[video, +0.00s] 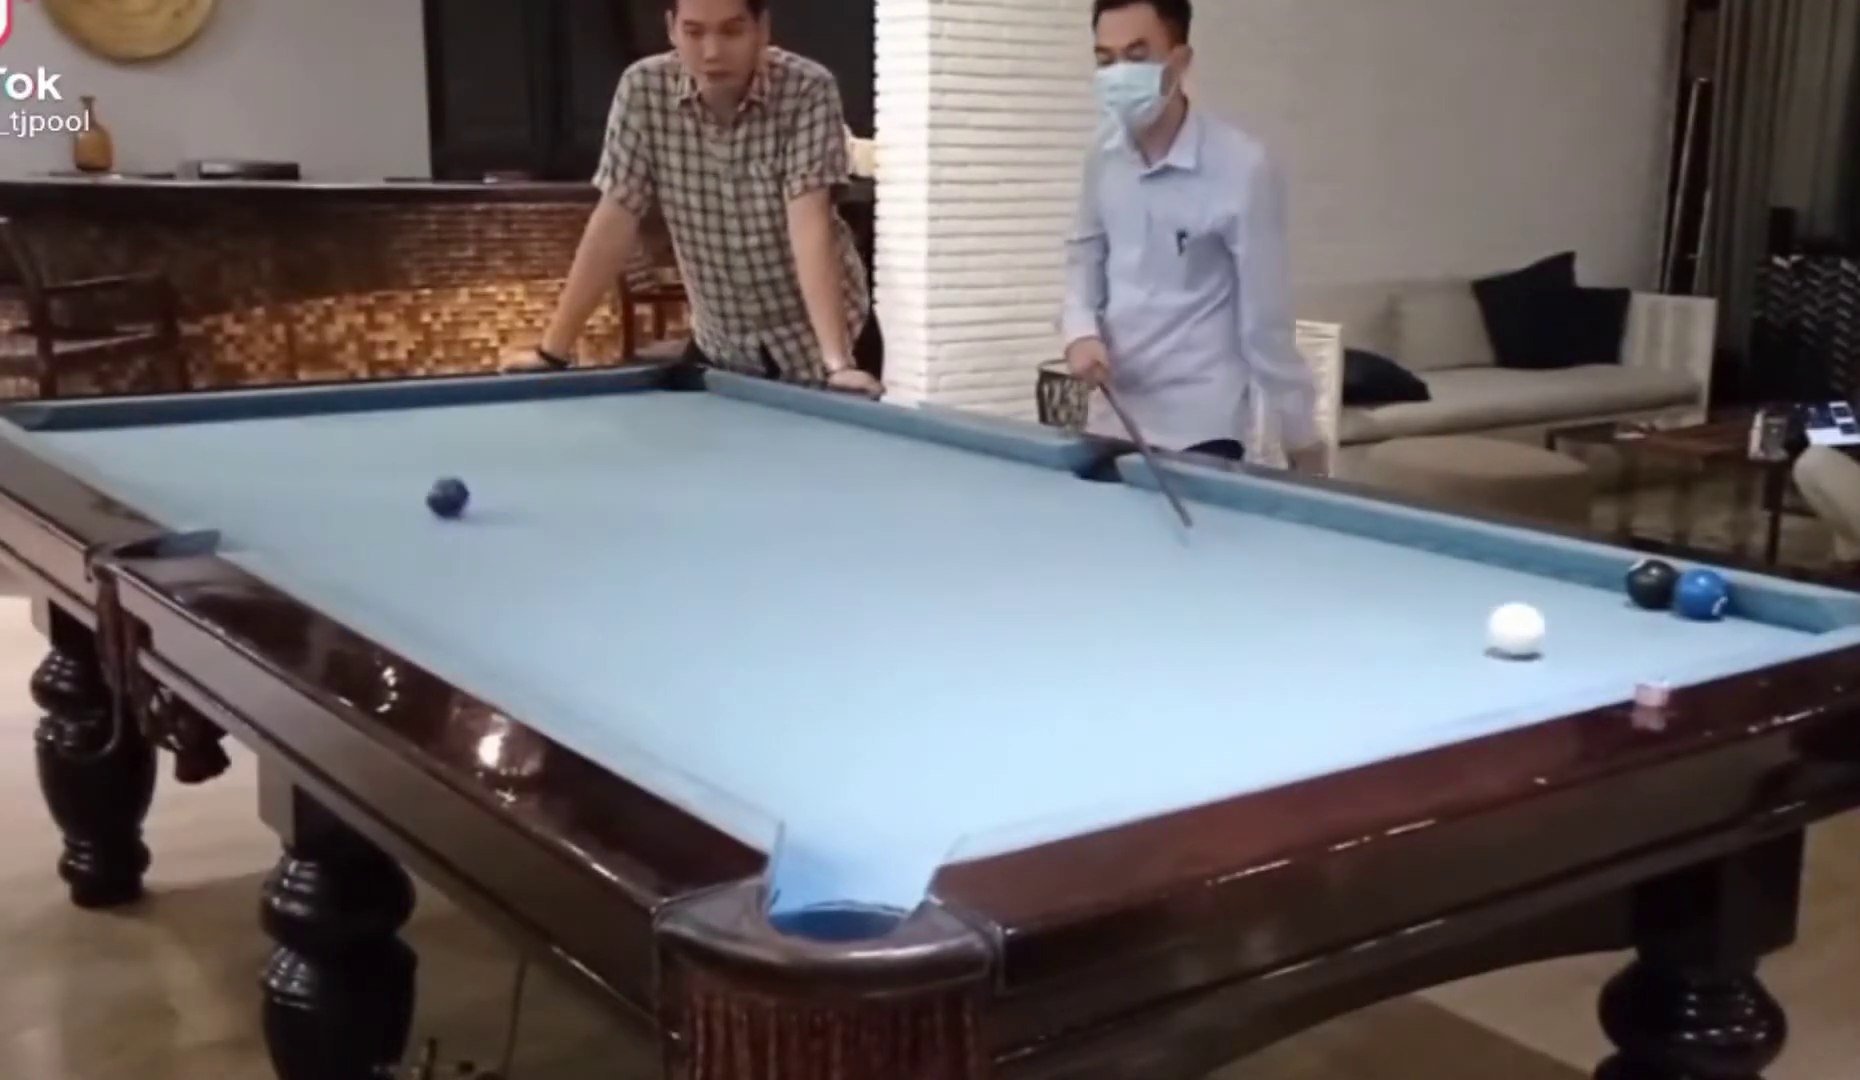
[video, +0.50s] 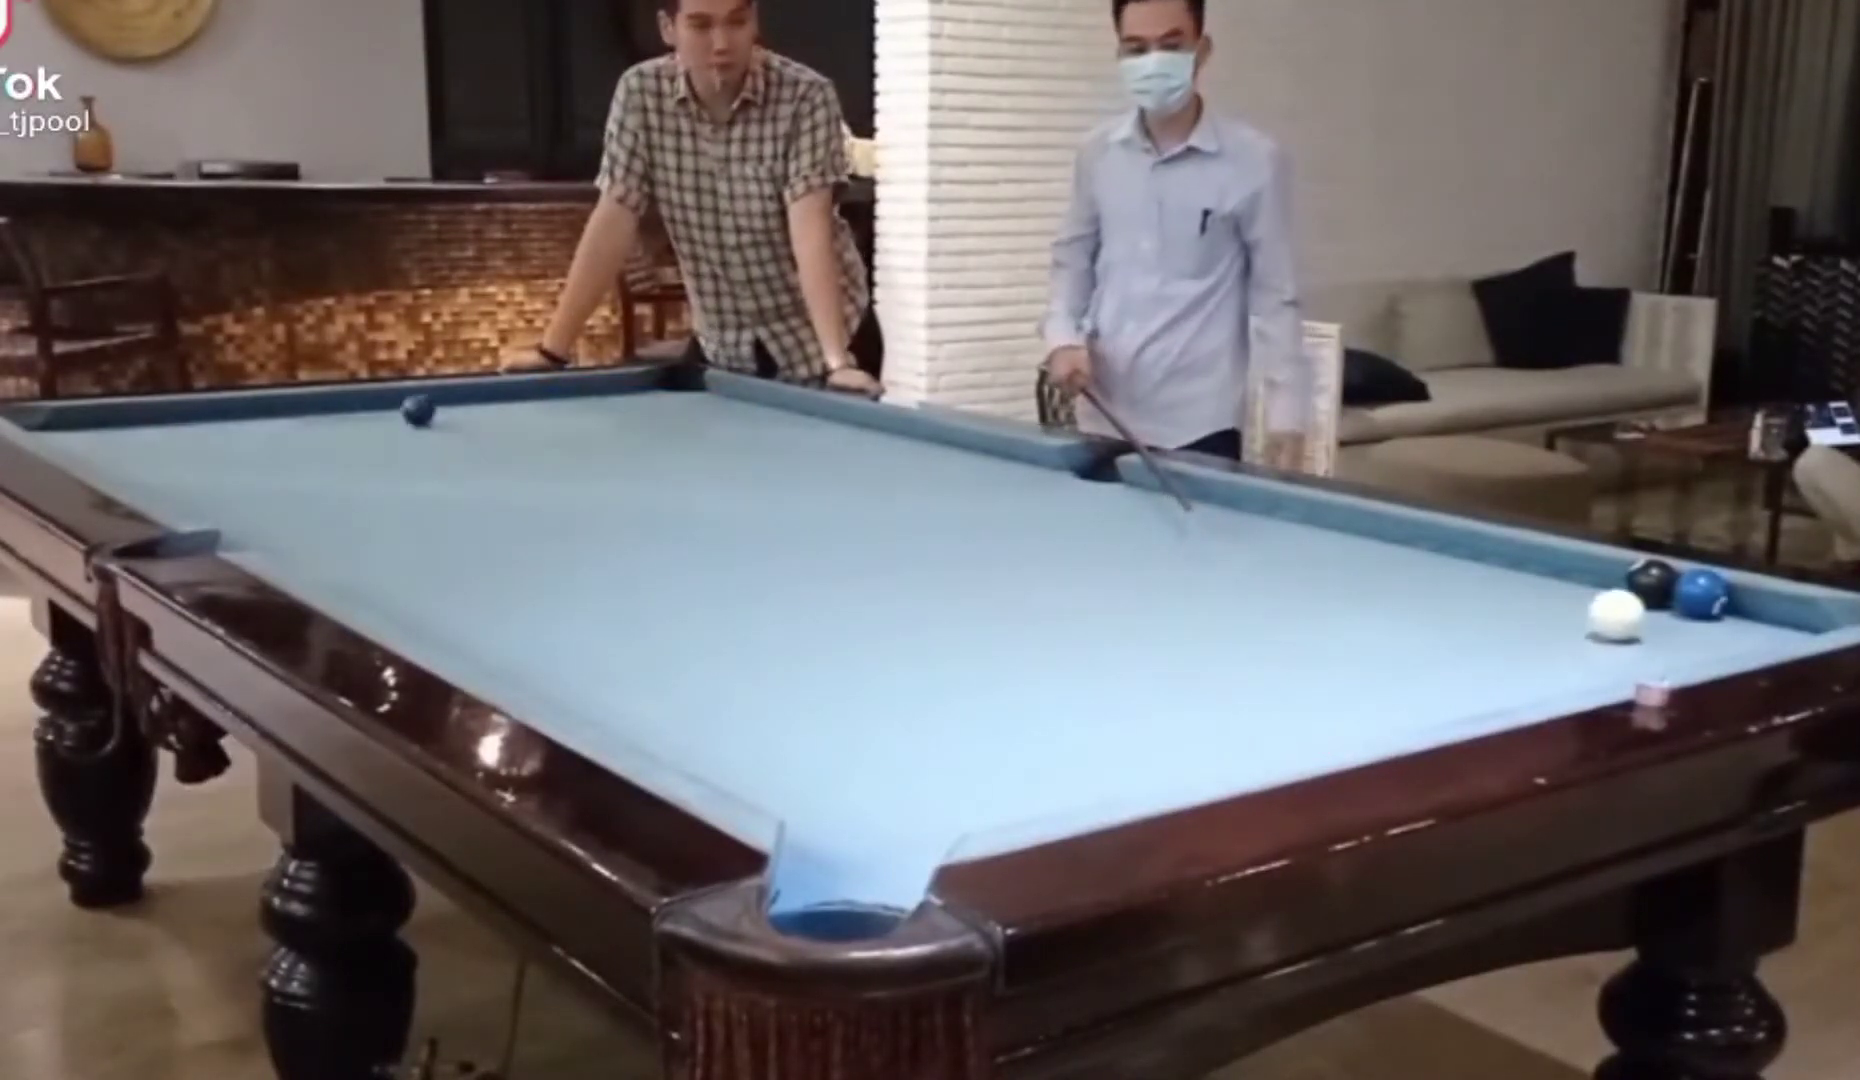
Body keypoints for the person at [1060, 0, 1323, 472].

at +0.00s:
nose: (1119, 76)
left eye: (1138, 55)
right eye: (1106, 60)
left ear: (1180, 57)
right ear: (1095, 63)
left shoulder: (1241, 168)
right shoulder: (1105, 154)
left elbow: (1265, 329)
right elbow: (1085, 251)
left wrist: (1303, 445)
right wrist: (1080, 332)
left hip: (1201, 425)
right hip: (1111, 414)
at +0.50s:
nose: (1154, 64)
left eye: (1172, 44)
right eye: (1136, 49)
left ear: (1202, 49)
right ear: (1119, 56)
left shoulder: (1252, 161)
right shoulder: (1098, 153)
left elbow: (1274, 301)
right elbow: (1072, 258)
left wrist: (1284, 426)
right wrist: (1064, 338)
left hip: (1199, 422)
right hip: (1102, 417)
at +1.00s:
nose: (1177, 65)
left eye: (1198, 46)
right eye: (1164, 46)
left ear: (1238, 50)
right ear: (1151, 46)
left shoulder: (1281, 166)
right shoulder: (1129, 143)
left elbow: (1296, 314)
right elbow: (1100, 249)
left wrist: (1315, 444)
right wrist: (1077, 334)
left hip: (1216, 429)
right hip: (1116, 418)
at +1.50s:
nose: (1257, 69)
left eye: (1277, 50)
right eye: (1246, 49)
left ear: (1327, 49)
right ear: (1233, 45)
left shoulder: (1383, 161)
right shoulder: (1201, 138)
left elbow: (1393, 311)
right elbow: (1164, 242)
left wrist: (1396, 441)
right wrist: (1141, 336)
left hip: (1301, 446)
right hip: (1193, 430)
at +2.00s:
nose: (1369, 79)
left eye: (1390, 55)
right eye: (1346, 58)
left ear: (1424, 46)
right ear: (1316, 53)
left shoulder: (1485, 172)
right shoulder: (1270, 164)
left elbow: (1500, 330)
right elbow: (1233, 274)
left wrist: (1496, 474)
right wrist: (1207, 348)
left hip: (1417, 479)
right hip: (1291, 467)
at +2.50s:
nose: (1529, 70)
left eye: (1557, 46)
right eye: (1506, 44)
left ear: (1594, 41)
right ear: (1476, 39)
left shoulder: (1655, 186)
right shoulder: (1421, 156)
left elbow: (1688, 372)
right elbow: (1378, 288)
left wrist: (1712, 548)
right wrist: (1318, 361)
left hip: (1565, 528)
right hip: (1416, 510)